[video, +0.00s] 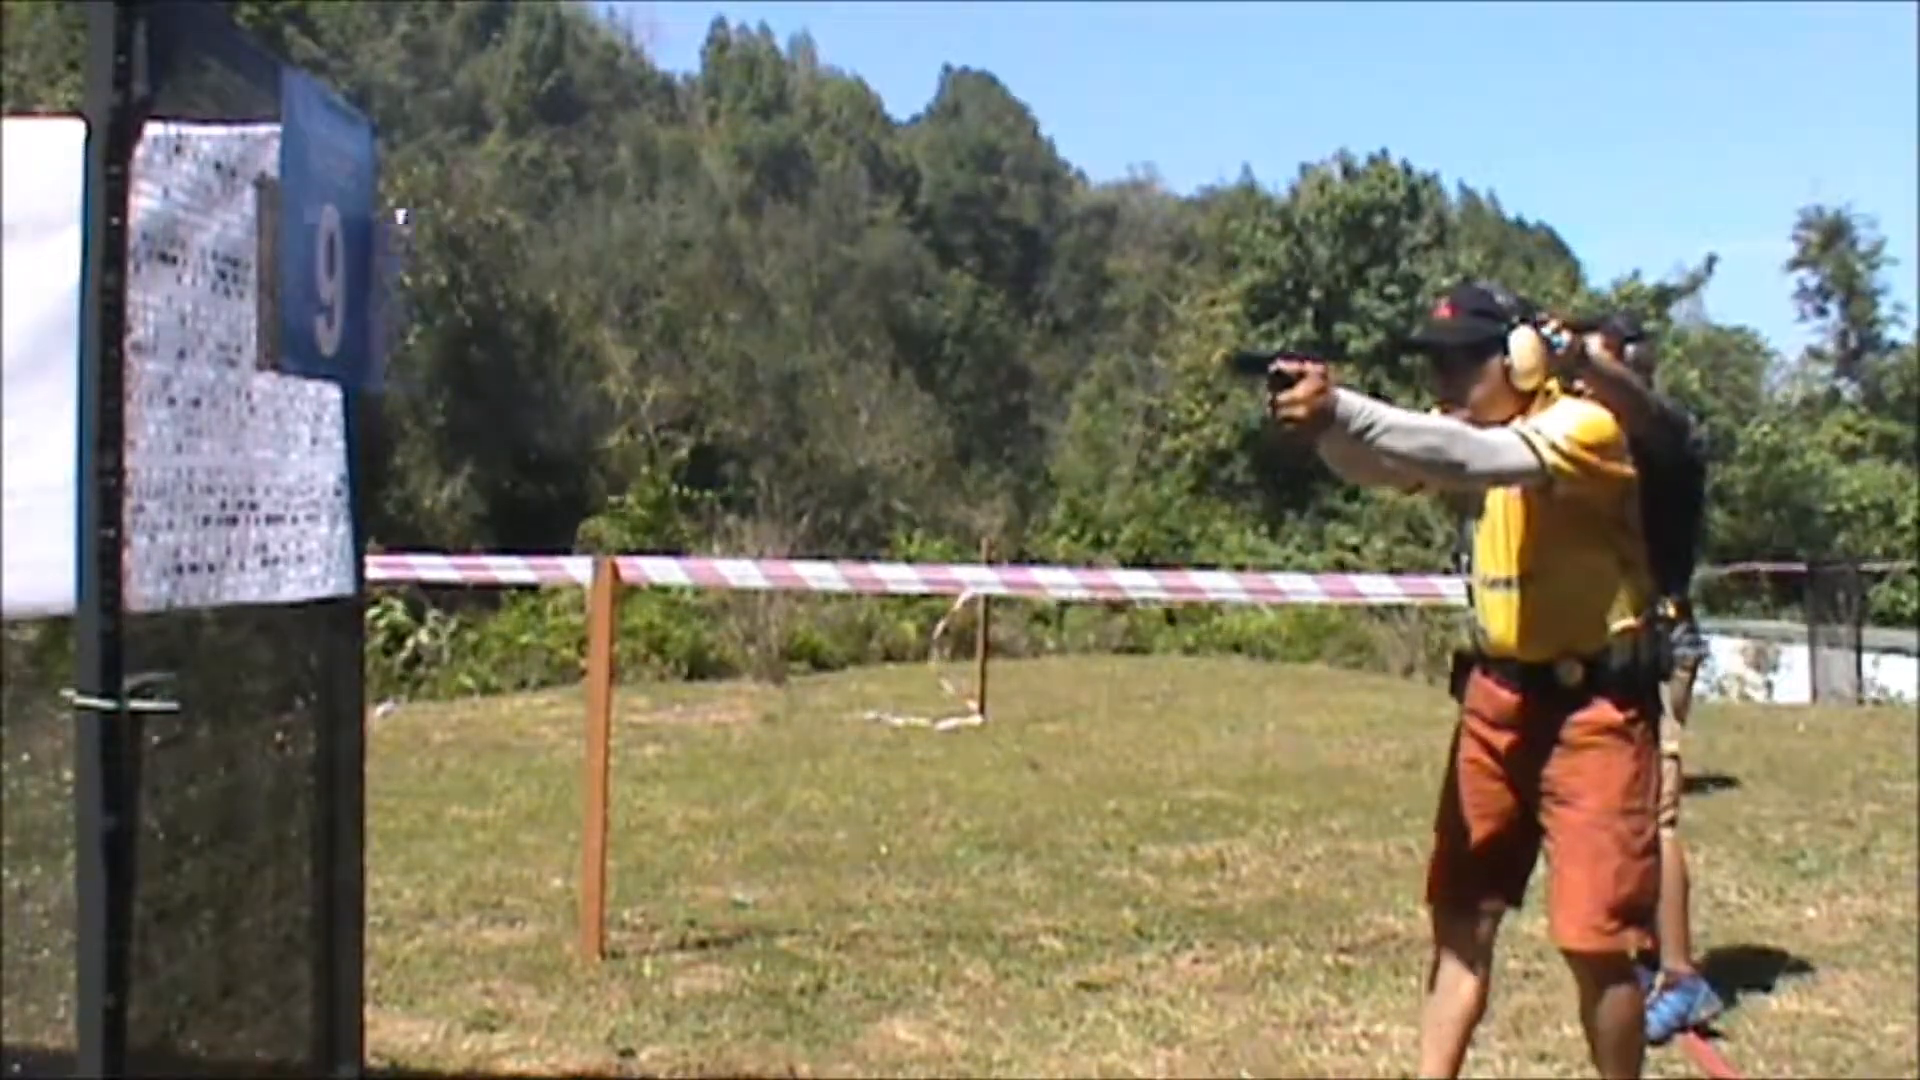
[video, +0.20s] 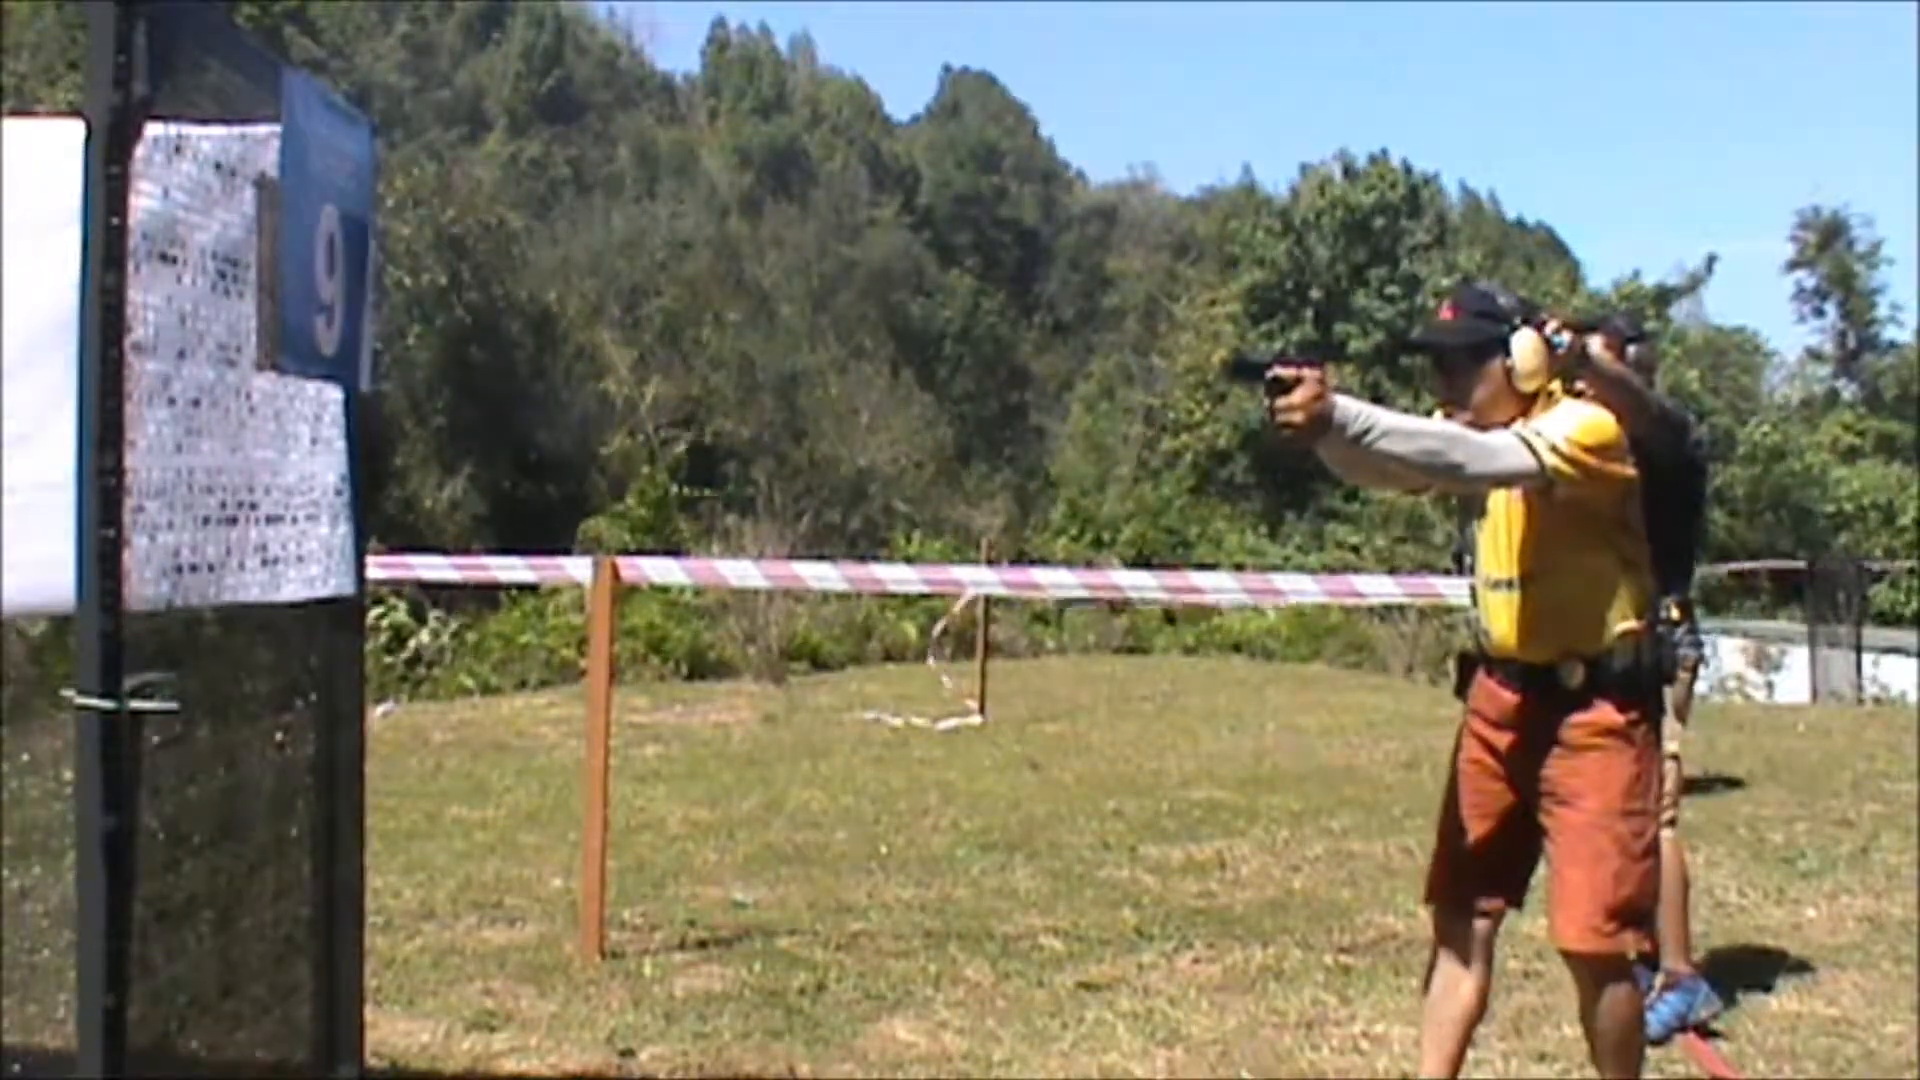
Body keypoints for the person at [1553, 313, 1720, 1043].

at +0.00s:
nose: (1599, 371)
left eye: (1612, 359)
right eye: (1595, 359)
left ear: (1638, 364)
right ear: (1590, 368)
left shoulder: (1671, 437)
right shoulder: (1581, 433)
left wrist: (1585, 359)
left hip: (1659, 631)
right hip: (1601, 637)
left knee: (1657, 806)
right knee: (1614, 805)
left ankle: (1678, 970)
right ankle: (1639, 965)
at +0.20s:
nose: (1604, 370)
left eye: (1617, 358)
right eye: (1597, 360)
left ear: (1643, 362)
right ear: (1588, 368)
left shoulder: (1676, 438)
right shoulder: (1581, 433)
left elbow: (1658, 428)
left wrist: (1589, 364)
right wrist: (1555, 361)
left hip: (1658, 628)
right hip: (1596, 634)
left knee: (1655, 808)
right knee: (1609, 804)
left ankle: (1679, 971)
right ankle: (1635, 965)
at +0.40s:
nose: (1604, 373)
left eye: (1618, 360)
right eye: (1598, 361)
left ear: (1640, 365)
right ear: (1587, 371)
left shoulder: (1671, 438)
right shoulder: (1578, 435)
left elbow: (1634, 400)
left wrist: (1585, 357)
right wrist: (1556, 361)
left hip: (1659, 624)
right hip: (1596, 630)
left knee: (1657, 808)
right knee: (1612, 805)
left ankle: (1678, 971)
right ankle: (1640, 967)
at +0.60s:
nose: (1604, 374)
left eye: (1617, 360)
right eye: (1598, 361)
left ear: (1639, 365)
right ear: (1585, 370)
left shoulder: (1671, 438)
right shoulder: (1578, 435)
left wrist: (1582, 354)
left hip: (1661, 624)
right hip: (1600, 630)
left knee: (1659, 807)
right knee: (1616, 805)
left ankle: (1678, 970)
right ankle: (1643, 967)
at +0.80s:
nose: (1612, 374)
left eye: (1623, 361)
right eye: (1604, 364)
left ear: (1641, 367)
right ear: (1588, 373)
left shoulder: (1673, 441)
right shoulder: (1578, 438)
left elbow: (1632, 396)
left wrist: (1583, 357)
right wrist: (1552, 364)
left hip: (1664, 629)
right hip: (1601, 636)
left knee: (1658, 807)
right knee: (1612, 806)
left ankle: (1678, 970)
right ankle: (1637, 968)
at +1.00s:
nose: (1607, 374)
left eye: (1620, 362)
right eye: (1602, 363)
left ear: (1644, 370)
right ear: (1596, 371)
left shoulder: (1671, 438)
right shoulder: (1583, 437)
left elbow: (1619, 379)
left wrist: (1581, 356)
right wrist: (1543, 364)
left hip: (1660, 629)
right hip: (1600, 631)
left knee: (1659, 809)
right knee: (1618, 807)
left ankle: (1678, 970)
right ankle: (1637, 967)